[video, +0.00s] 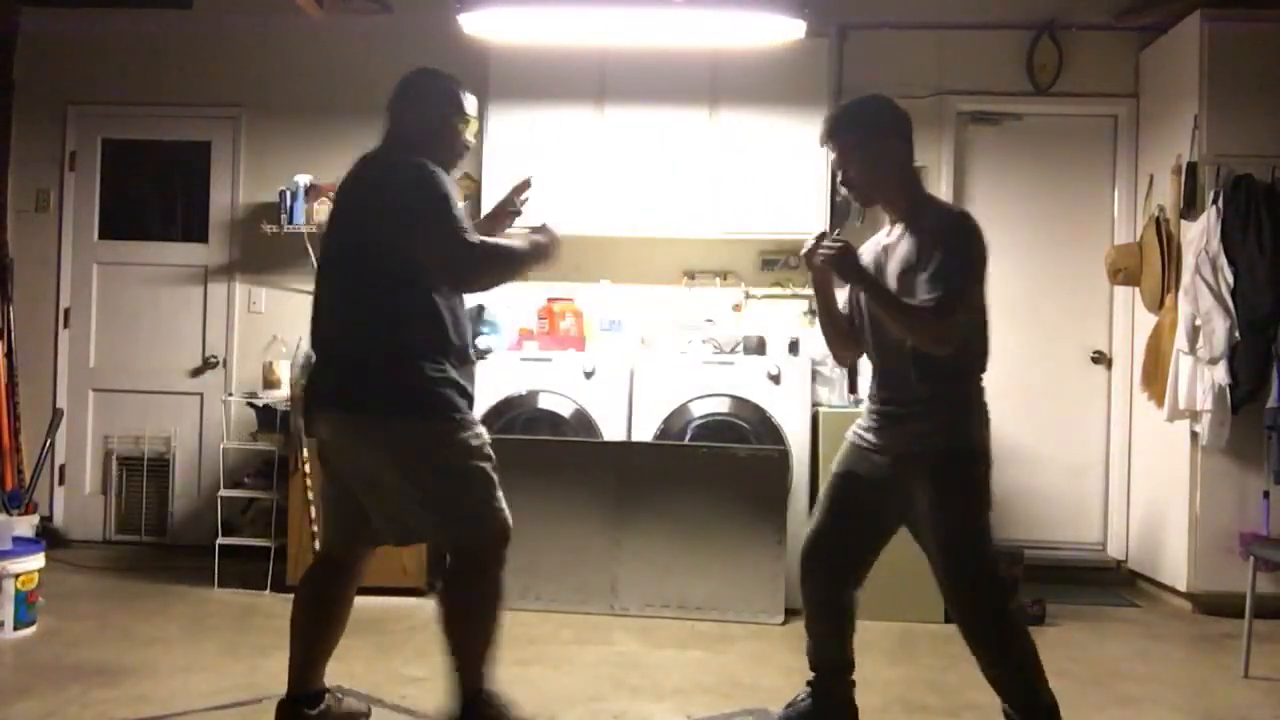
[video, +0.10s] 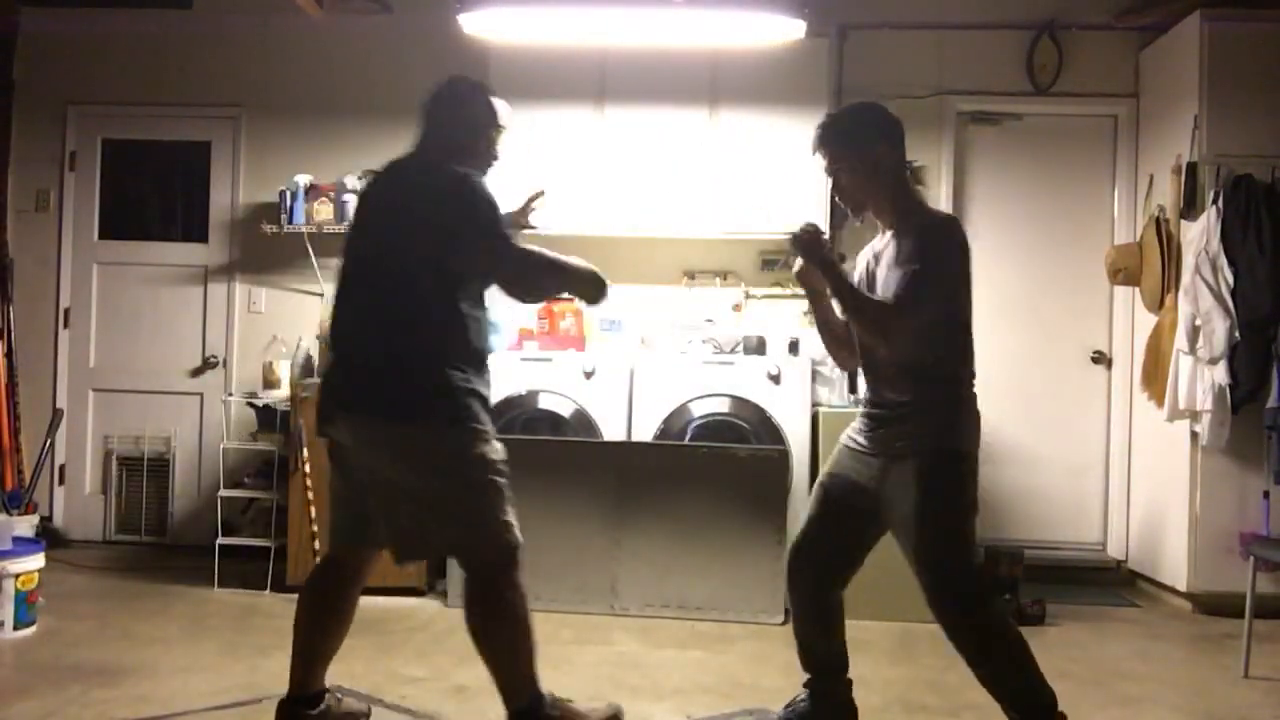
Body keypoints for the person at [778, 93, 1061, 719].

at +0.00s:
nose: (838, 175)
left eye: (846, 158)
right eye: (834, 161)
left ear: (892, 149)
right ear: (870, 161)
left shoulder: (952, 230)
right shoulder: (874, 248)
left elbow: (943, 334)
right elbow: (847, 351)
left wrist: (859, 280)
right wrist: (822, 285)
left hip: (943, 439)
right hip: (878, 434)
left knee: (976, 601)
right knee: (821, 564)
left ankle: (1036, 713)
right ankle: (830, 698)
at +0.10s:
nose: (832, 189)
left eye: (839, 171)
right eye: (827, 174)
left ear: (884, 161)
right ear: (872, 168)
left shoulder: (937, 237)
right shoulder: (873, 254)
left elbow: (894, 340)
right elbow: (850, 355)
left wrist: (829, 269)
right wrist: (816, 293)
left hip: (931, 443)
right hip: (870, 435)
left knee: (960, 604)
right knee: (810, 568)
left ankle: (1041, 714)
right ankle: (829, 699)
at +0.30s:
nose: (839, 174)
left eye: (846, 158)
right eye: (835, 160)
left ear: (886, 151)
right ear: (890, 154)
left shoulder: (906, 227)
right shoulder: (898, 218)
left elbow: (811, 302)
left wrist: (735, 328)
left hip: (957, 430)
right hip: (907, 424)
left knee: (982, 590)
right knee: (858, 559)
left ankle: (1050, 710)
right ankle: (834, 694)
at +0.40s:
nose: (844, 181)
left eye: (850, 165)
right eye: (841, 167)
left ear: (890, 156)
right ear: (896, 158)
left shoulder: (927, 233)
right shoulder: (923, 227)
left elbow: (876, 335)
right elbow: (942, 317)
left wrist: (790, 367)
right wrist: (880, 299)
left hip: (965, 434)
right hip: (917, 431)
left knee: (985, 593)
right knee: (864, 564)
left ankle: (1055, 714)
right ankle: (833, 696)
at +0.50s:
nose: (852, 184)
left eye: (858, 166)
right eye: (848, 169)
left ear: (899, 157)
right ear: (901, 162)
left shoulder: (948, 231)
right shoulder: (929, 233)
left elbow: (940, 346)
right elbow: (951, 337)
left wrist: (853, 360)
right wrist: (885, 323)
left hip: (964, 438)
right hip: (916, 435)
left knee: (986, 600)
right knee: (856, 561)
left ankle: (1057, 717)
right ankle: (837, 696)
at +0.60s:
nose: (854, 180)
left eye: (862, 162)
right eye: (851, 167)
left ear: (909, 154)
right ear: (897, 162)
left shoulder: (957, 227)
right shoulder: (919, 238)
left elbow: (965, 338)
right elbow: (927, 332)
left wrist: (871, 325)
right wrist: (871, 319)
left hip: (959, 441)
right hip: (905, 435)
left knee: (983, 600)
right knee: (843, 564)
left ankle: (1056, 717)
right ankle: (846, 699)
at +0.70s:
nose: (857, 173)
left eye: (865, 157)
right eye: (854, 160)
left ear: (913, 150)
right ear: (888, 161)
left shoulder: (967, 228)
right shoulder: (898, 247)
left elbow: (957, 337)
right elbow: (887, 351)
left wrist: (867, 294)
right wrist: (844, 296)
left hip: (963, 440)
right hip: (898, 434)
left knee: (987, 602)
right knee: (841, 570)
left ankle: (1057, 717)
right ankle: (846, 699)